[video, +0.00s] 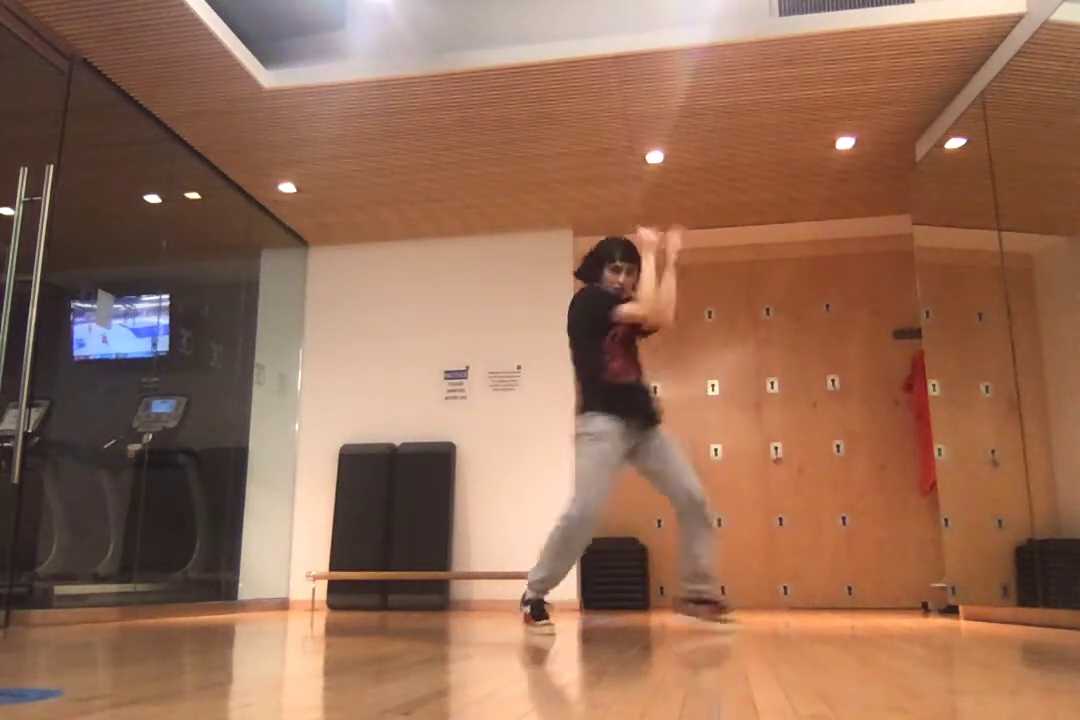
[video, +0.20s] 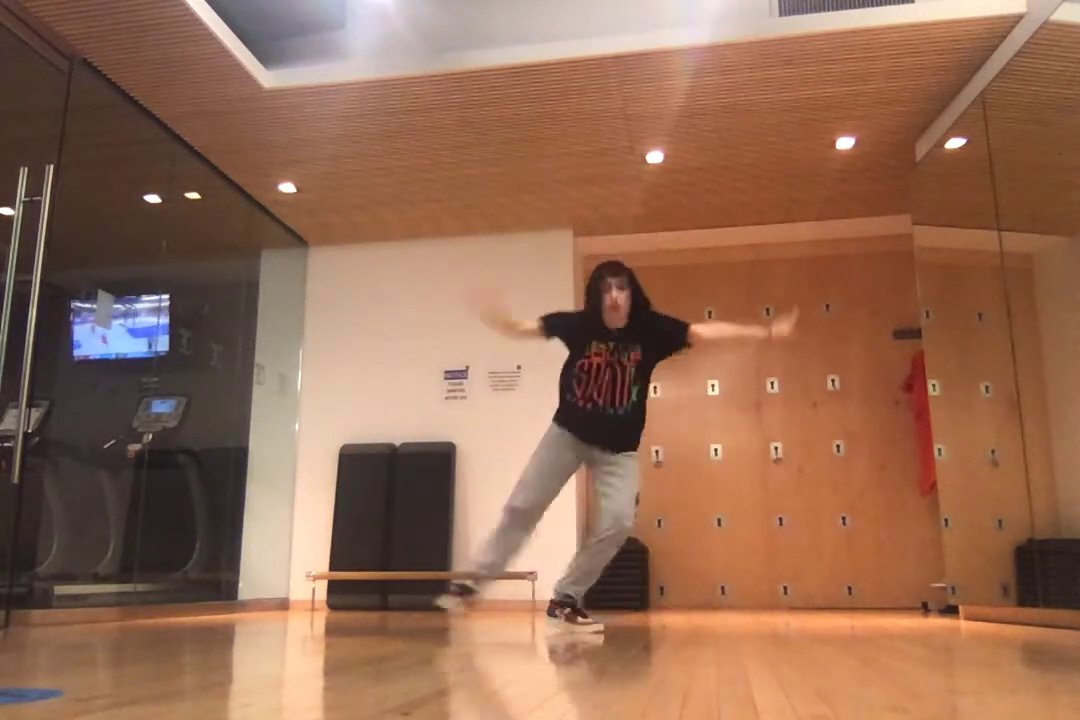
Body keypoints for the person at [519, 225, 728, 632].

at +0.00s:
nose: (623, 280)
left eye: (630, 273)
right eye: (615, 270)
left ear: (634, 274)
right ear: (597, 270)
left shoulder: (622, 307)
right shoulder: (588, 302)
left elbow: (662, 316)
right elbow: (648, 312)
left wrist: (670, 261)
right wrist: (651, 255)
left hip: (642, 422)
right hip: (602, 421)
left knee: (692, 498)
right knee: (585, 512)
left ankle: (699, 594)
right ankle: (535, 593)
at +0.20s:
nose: (615, 300)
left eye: (621, 292)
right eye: (607, 293)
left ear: (633, 295)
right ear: (595, 297)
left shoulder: (653, 329)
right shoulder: (576, 325)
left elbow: (707, 333)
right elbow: (528, 329)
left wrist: (767, 331)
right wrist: (498, 320)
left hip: (619, 450)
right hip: (568, 436)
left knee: (617, 524)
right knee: (522, 505)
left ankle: (566, 600)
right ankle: (473, 581)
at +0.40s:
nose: (608, 254)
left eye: (614, 248)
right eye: (601, 248)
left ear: (624, 255)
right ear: (590, 256)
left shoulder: (642, 303)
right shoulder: (574, 302)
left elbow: (670, 347)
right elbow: (555, 351)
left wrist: (716, 378)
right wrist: (543, 358)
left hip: (616, 420)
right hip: (569, 418)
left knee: (604, 503)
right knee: (565, 502)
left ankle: (576, 595)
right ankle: (566, 580)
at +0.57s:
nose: (600, 258)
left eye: (607, 252)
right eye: (594, 251)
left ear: (619, 260)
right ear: (581, 257)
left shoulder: (633, 303)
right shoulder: (568, 297)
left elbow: (652, 348)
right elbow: (572, 331)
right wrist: (603, 297)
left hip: (621, 409)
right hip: (575, 409)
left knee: (608, 497)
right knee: (594, 500)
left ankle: (597, 592)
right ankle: (621, 583)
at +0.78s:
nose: (599, 251)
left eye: (605, 247)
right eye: (590, 248)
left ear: (615, 260)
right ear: (579, 262)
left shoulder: (632, 299)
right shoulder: (567, 297)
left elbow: (648, 343)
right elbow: (567, 338)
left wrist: (597, 349)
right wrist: (598, 300)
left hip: (620, 407)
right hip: (574, 408)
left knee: (605, 497)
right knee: (587, 500)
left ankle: (595, 590)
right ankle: (616, 585)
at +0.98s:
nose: (598, 254)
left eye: (603, 250)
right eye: (590, 250)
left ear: (612, 260)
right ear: (577, 261)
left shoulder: (627, 304)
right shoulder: (565, 298)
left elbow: (645, 345)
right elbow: (565, 336)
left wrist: (595, 347)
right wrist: (599, 300)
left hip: (618, 410)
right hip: (571, 410)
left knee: (605, 498)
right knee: (584, 503)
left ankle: (593, 590)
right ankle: (613, 586)